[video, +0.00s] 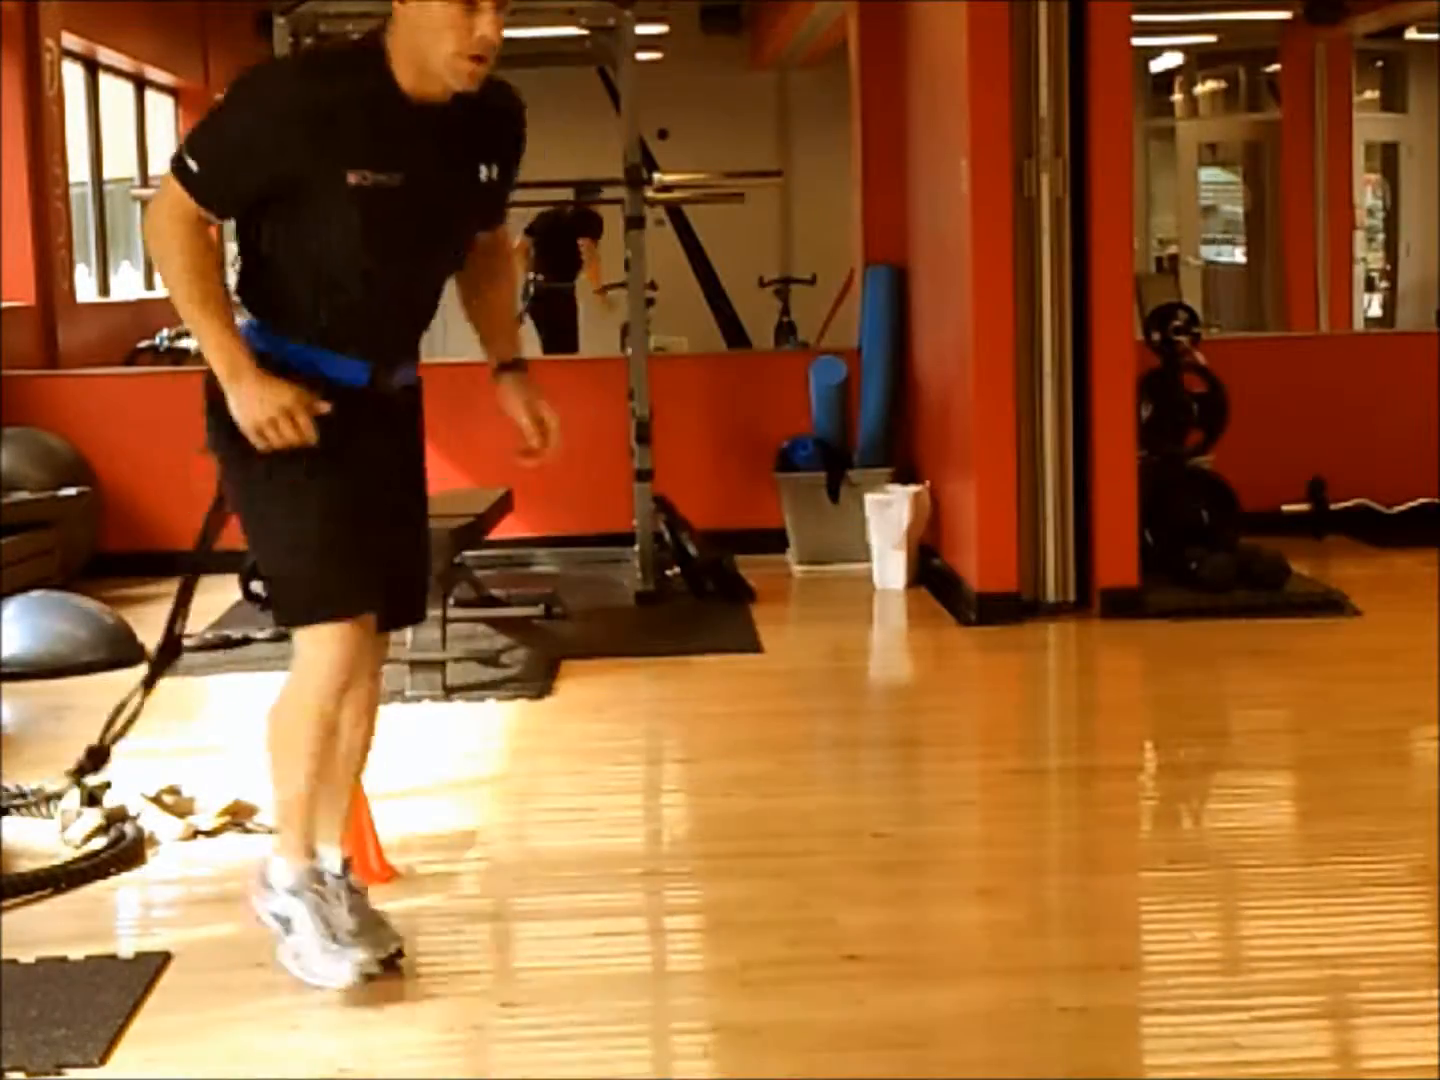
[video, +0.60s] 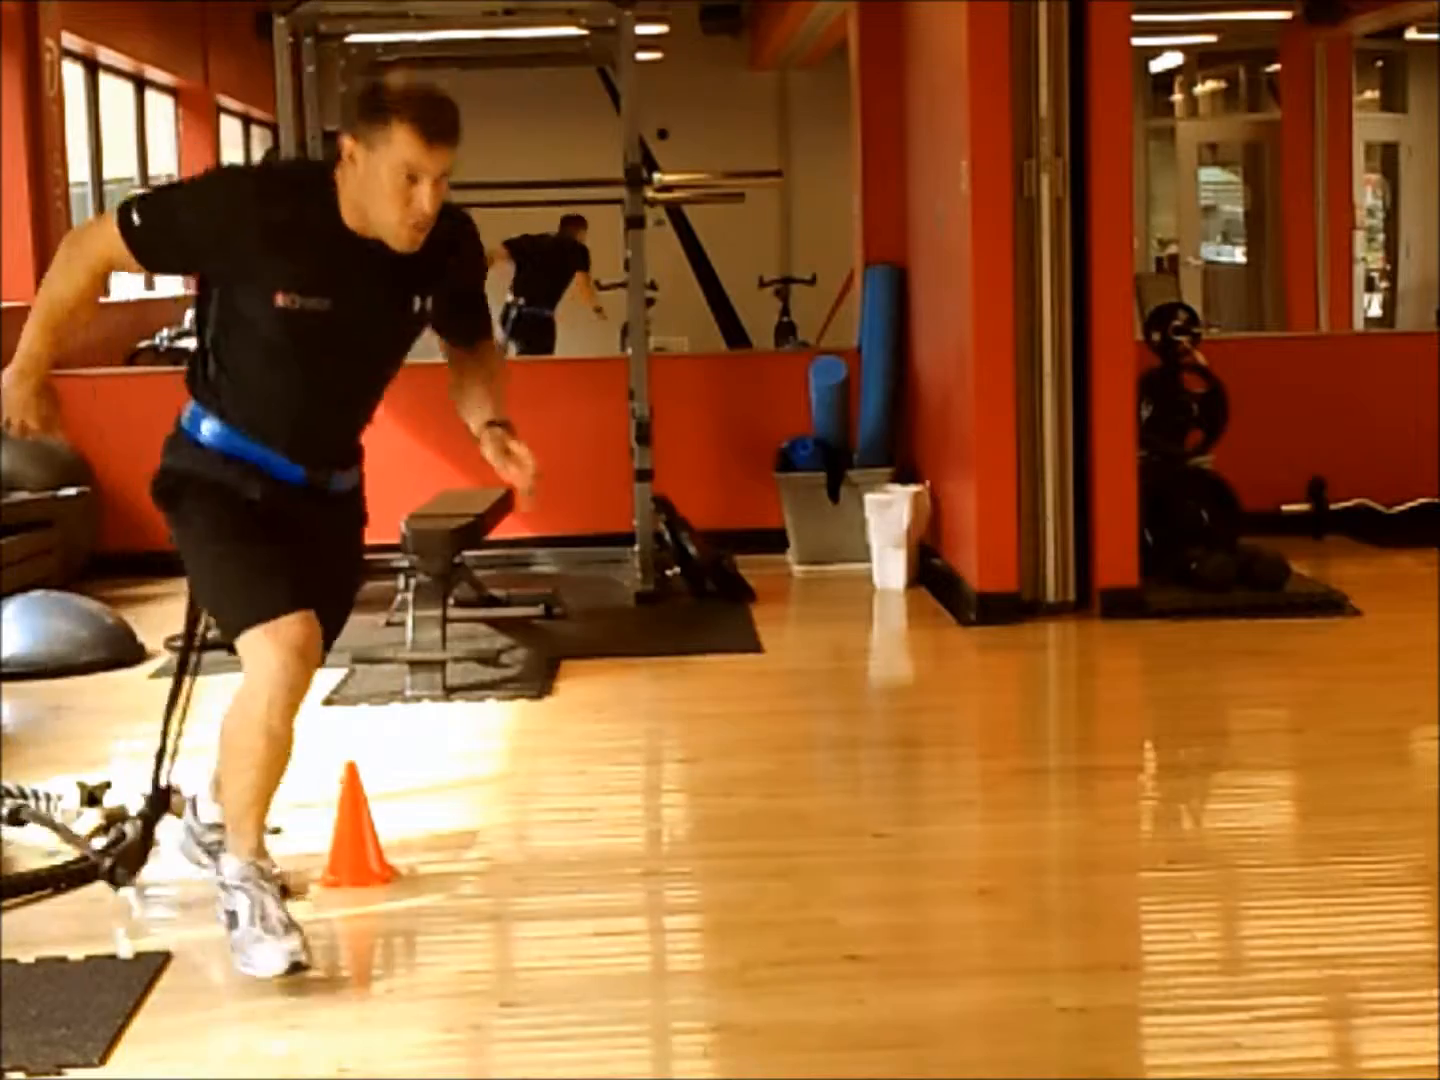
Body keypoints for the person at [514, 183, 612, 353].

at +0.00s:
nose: (598, 202)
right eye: (597, 199)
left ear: (575, 196)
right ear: (593, 200)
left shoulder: (545, 216)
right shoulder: (590, 218)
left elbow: (520, 247)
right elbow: (586, 250)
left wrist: (527, 277)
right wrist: (597, 288)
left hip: (537, 291)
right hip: (562, 292)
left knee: (552, 352)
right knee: (567, 352)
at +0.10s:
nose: (584, 200)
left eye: (584, 196)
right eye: (584, 196)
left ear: (563, 192)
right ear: (582, 196)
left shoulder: (537, 212)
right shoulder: (576, 213)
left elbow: (509, 250)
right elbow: (567, 246)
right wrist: (571, 286)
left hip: (524, 287)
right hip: (552, 288)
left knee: (532, 353)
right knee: (558, 354)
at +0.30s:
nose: (570, 217)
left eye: (571, 212)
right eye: (569, 212)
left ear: (548, 211)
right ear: (564, 212)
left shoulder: (522, 232)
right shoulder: (560, 233)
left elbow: (495, 266)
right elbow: (550, 256)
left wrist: (514, 286)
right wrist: (543, 291)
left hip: (510, 306)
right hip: (537, 308)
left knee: (508, 367)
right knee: (539, 368)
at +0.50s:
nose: (580, 216)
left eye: (580, 211)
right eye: (579, 211)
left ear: (558, 208)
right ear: (572, 210)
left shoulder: (527, 224)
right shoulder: (571, 226)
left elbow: (490, 253)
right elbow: (570, 259)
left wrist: (476, 289)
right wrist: (573, 295)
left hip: (513, 300)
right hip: (538, 302)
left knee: (519, 362)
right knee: (538, 364)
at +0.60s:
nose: (584, 238)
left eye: (585, 233)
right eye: (583, 233)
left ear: (562, 228)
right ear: (578, 231)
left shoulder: (533, 240)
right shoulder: (577, 249)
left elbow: (496, 253)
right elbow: (583, 284)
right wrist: (595, 307)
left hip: (511, 313)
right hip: (540, 318)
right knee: (537, 374)